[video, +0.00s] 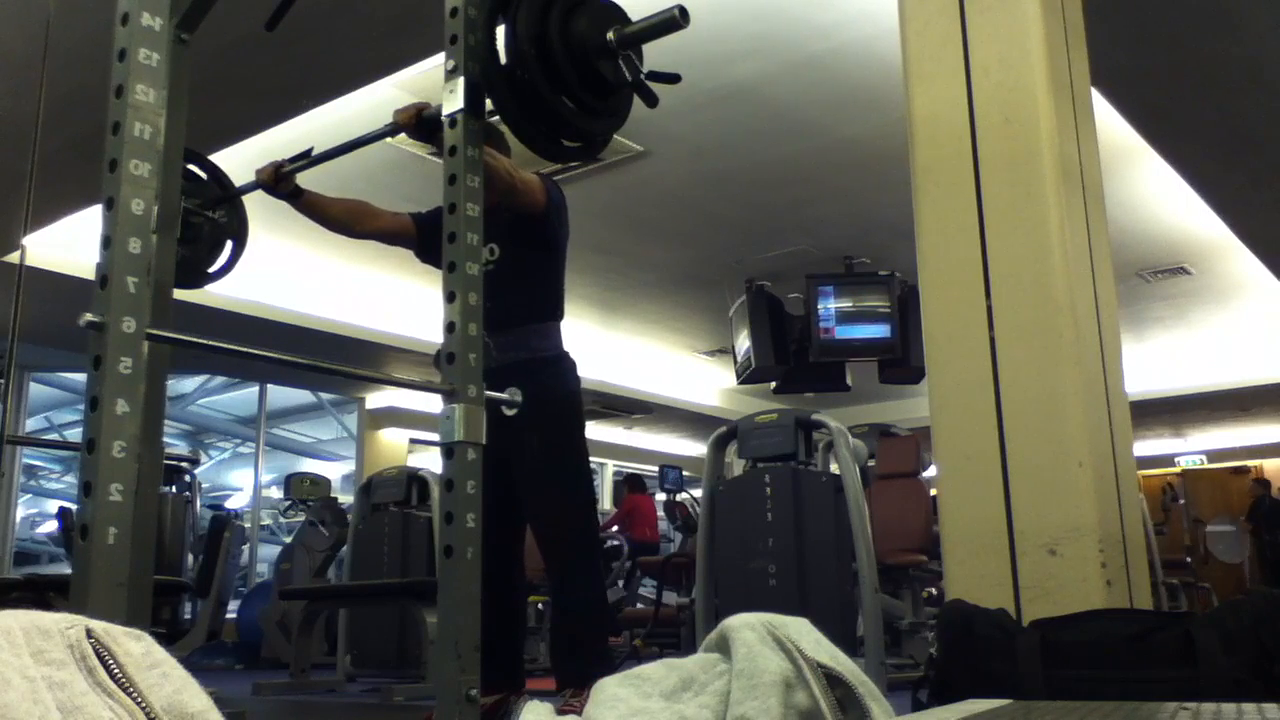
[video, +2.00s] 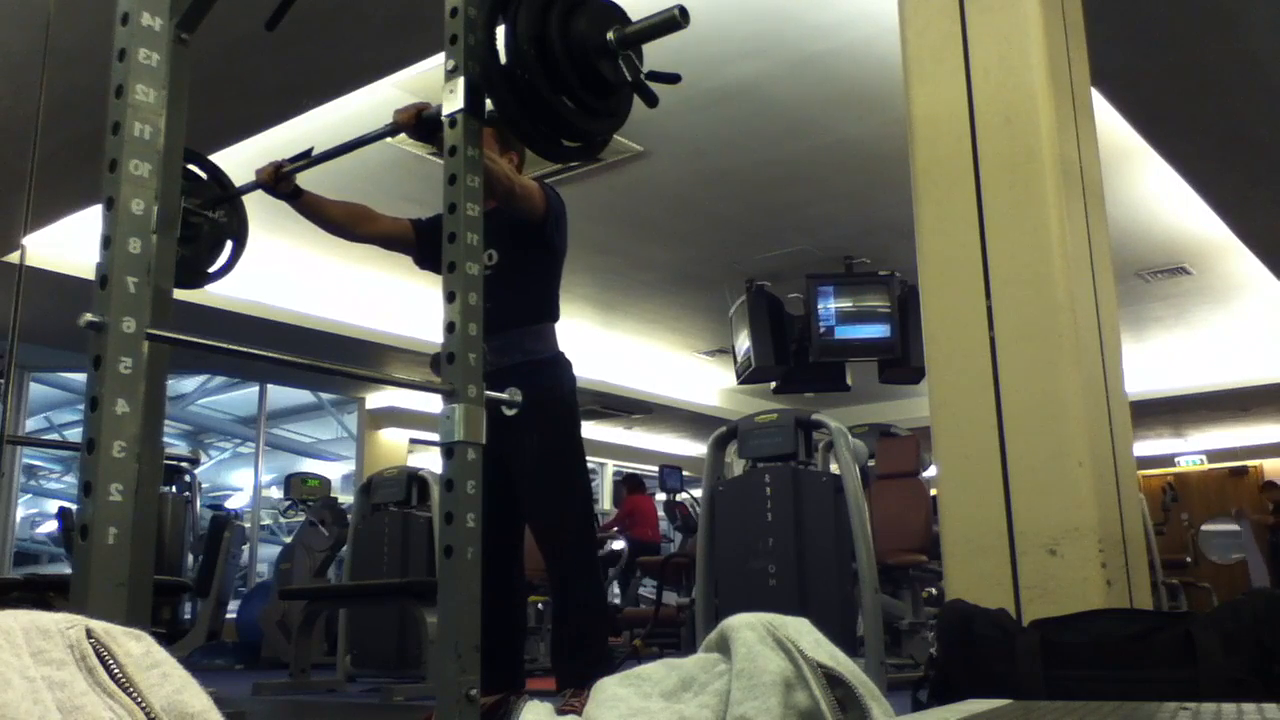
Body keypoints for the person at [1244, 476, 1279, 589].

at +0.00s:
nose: (1250, 489)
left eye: (1253, 486)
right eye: (1251, 485)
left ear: (1260, 488)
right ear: (1266, 488)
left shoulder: (1257, 503)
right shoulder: (1275, 502)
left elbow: (1248, 526)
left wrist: (1241, 523)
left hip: (1262, 545)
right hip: (1276, 544)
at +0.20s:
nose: (1251, 488)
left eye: (1254, 485)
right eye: (1252, 485)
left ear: (1261, 488)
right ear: (1267, 489)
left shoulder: (1258, 503)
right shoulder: (1276, 502)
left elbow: (1247, 527)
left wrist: (1237, 521)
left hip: (1263, 547)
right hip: (1276, 545)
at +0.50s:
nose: (1255, 487)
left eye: (1259, 485)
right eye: (1256, 484)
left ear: (1266, 489)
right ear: (1268, 489)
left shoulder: (1264, 505)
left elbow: (1255, 524)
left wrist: (1240, 522)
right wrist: (1244, 520)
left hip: (1268, 550)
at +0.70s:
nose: (1260, 489)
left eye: (1263, 486)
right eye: (1260, 486)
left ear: (1272, 488)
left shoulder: (1272, 502)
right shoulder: (1268, 501)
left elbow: (1262, 523)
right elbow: (1261, 519)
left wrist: (1244, 523)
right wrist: (1247, 519)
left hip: (1272, 544)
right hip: (1270, 543)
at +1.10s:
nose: (1268, 489)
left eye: (1271, 486)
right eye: (1268, 486)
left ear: (1277, 487)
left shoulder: (1277, 503)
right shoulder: (1274, 503)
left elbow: (1272, 520)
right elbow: (1270, 519)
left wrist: (1252, 519)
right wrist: (1252, 518)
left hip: (1275, 547)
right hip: (1272, 545)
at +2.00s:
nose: (1267, 497)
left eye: (1268, 493)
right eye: (1265, 494)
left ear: (1274, 492)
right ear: (1264, 494)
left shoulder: (1276, 506)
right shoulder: (1273, 506)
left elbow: (1272, 519)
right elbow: (1270, 519)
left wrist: (1250, 516)